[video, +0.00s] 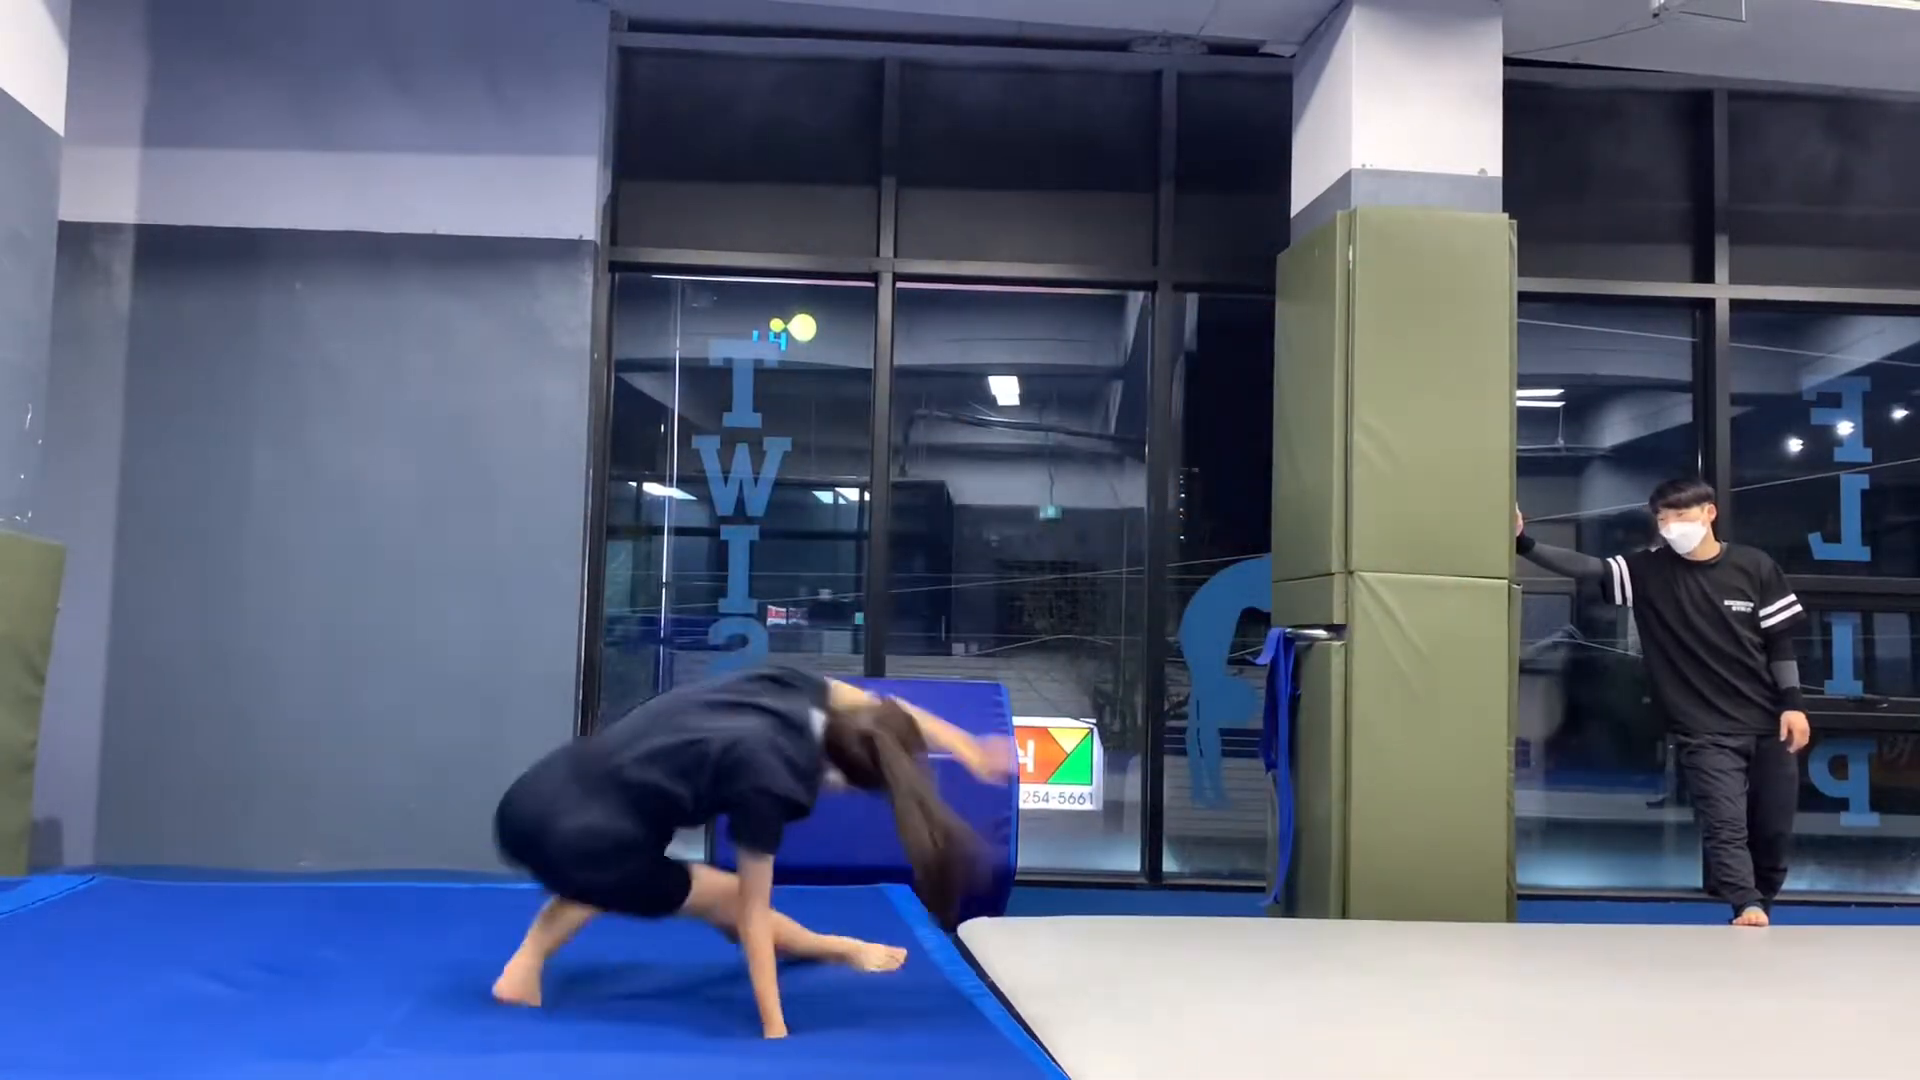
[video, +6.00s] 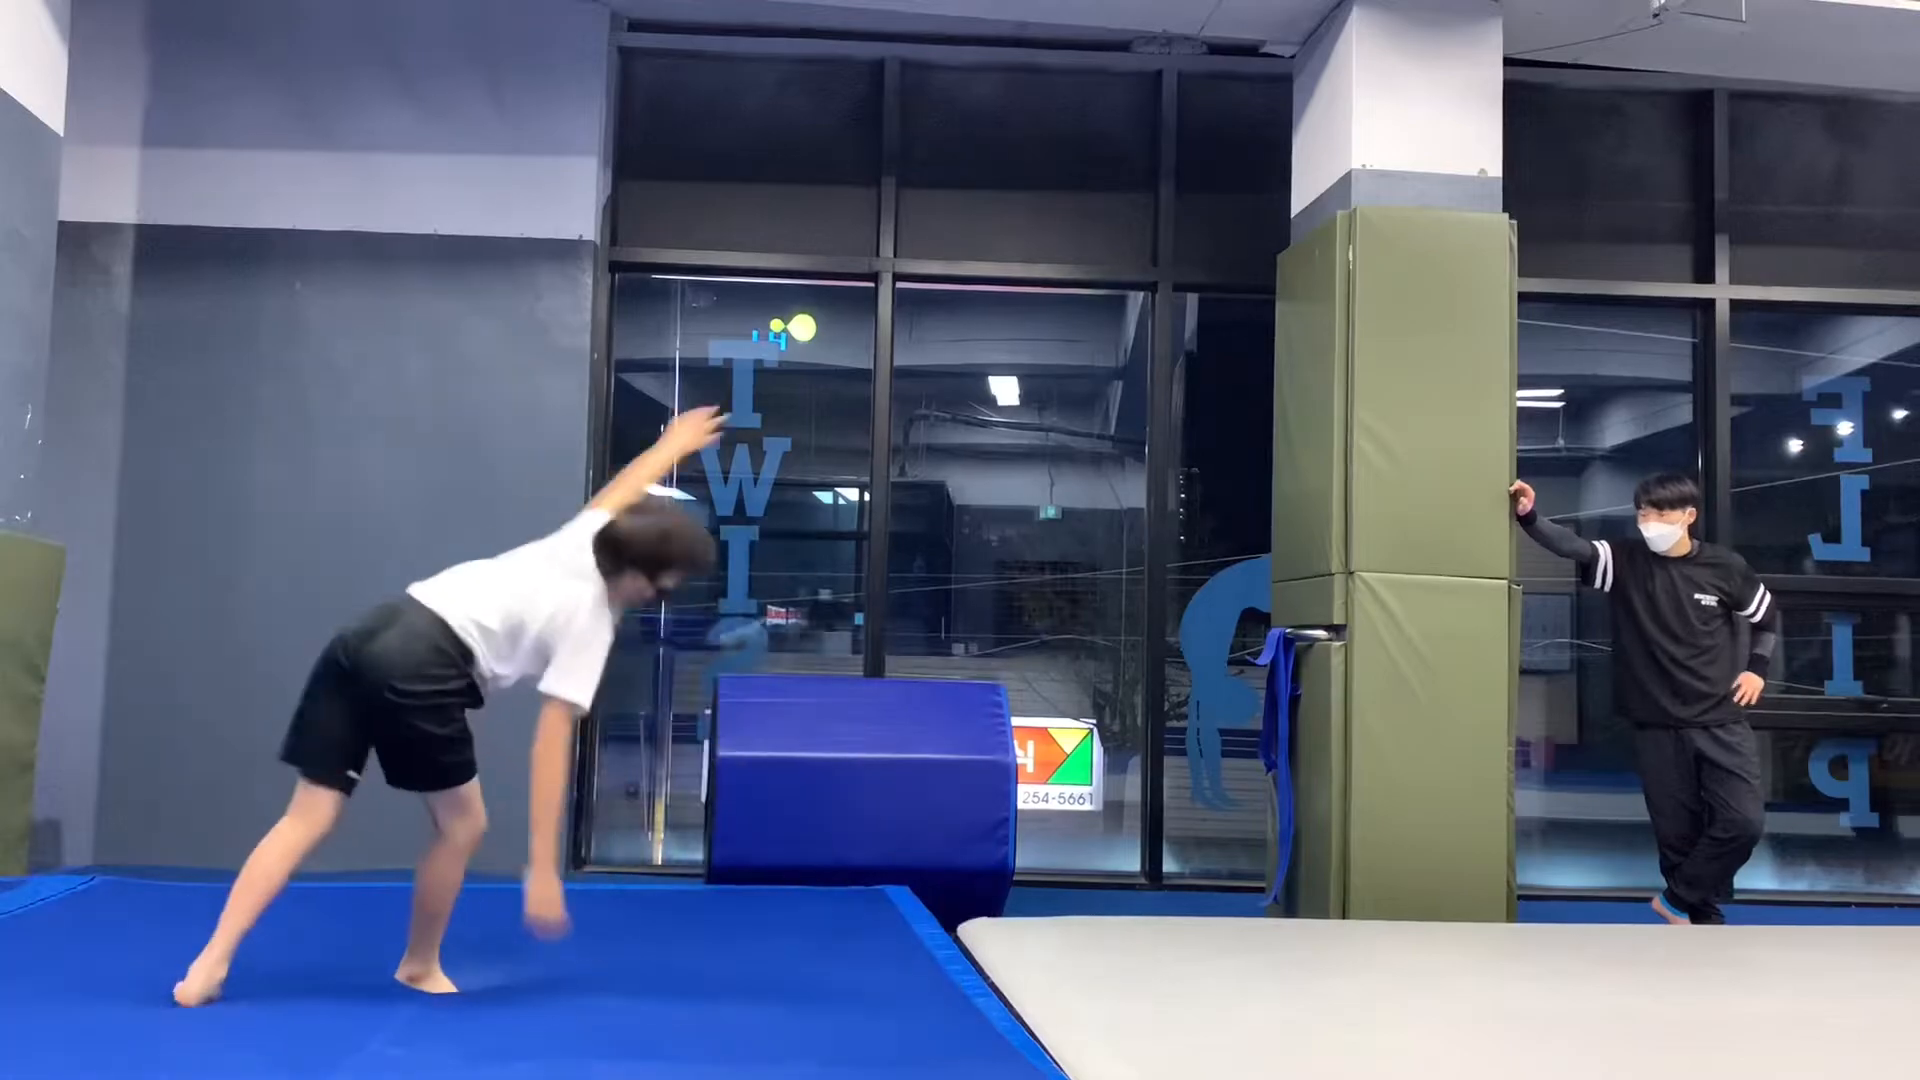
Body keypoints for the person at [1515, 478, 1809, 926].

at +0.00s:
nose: (1669, 524)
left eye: (1680, 513)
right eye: (1663, 516)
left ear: (1709, 513)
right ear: (1657, 521)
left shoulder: (1755, 567)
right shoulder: (1648, 569)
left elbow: (1780, 642)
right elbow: (1586, 567)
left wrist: (1792, 704)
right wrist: (1525, 543)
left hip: (1767, 723)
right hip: (1703, 726)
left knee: (1775, 829)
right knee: (1725, 818)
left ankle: (1759, 901)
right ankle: (1746, 907)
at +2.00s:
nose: (1664, 512)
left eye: (1675, 502)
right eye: (1656, 505)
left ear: (1699, 506)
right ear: (1648, 513)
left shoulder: (1740, 565)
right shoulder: (1634, 562)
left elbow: (1789, 615)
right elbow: (1578, 552)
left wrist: (1771, 670)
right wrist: (1523, 526)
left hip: (1732, 720)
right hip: (1667, 724)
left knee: (1748, 824)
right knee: (1683, 833)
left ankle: (1684, 900)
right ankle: (1717, 931)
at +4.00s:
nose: (1655, 522)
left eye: (1665, 511)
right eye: (1647, 513)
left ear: (1689, 513)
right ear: (1637, 517)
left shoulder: (1726, 565)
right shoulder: (1628, 558)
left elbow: (1780, 610)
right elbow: (1578, 544)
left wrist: (1768, 665)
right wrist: (1531, 516)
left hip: (1725, 721)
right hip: (1662, 724)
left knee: (1742, 824)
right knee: (1677, 834)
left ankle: (1679, 901)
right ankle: (1709, 927)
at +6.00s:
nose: (1647, 522)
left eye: (1659, 514)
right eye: (1643, 513)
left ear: (1688, 517)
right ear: (1638, 514)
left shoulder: (1725, 567)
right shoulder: (1625, 559)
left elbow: (1767, 618)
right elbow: (1575, 546)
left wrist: (1757, 669)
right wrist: (1530, 517)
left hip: (1722, 720)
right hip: (1658, 724)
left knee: (1743, 823)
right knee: (1675, 834)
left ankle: (1675, 901)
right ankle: (1709, 927)